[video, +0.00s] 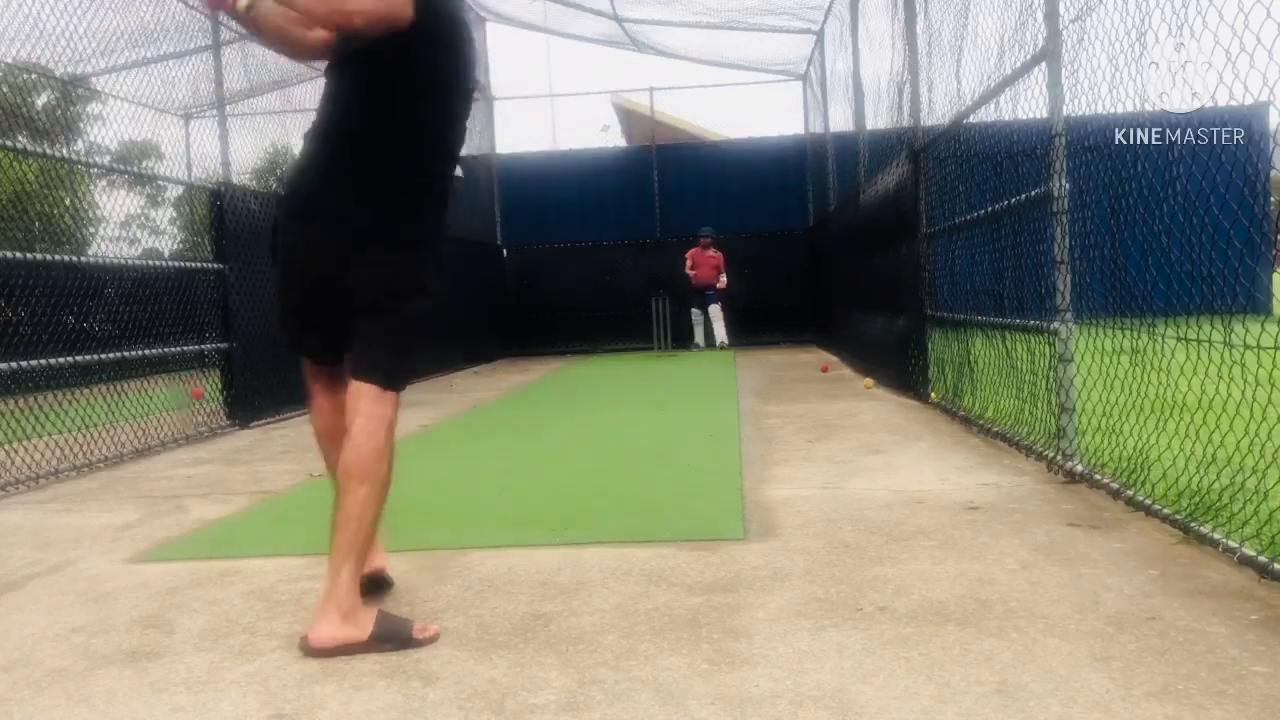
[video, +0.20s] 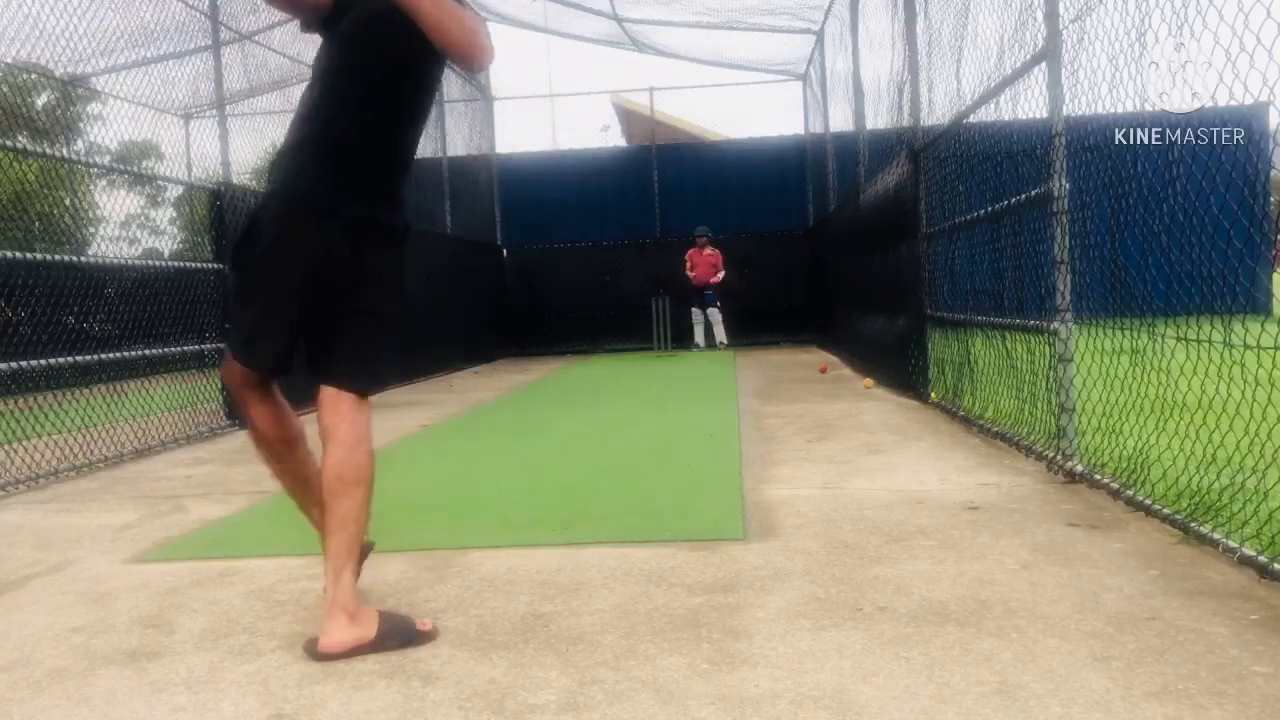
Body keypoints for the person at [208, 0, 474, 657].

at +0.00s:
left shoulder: (389, 7)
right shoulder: (444, 17)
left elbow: (325, 28)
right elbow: (310, 35)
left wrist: (250, 5)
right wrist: (239, 6)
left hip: (314, 214)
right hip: (399, 222)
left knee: (327, 391)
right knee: (372, 400)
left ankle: (366, 554)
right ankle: (339, 613)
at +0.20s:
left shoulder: (427, 8)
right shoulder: (352, 9)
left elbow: (476, 51)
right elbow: (286, 1)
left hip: (306, 211)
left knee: (248, 378)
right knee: (344, 402)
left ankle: (338, 532)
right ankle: (343, 614)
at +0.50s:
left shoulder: (411, 8)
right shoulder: (342, 12)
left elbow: (417, 49)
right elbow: (263, 18)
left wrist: (330, 1)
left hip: (294, 210)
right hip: (357, 218)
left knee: (249, 377)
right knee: (342, 396)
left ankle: (338, 541)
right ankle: (342, 612)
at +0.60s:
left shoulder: (382, 4)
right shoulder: (383, 13)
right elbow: (294, 84)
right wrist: (234, 39)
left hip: (291, 217)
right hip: (364, 223)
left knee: (268, 379)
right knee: (349, 401)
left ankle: (349, 547)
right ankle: (343, 613)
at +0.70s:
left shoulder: (347, 4)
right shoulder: (415, 22)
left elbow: (292, 88)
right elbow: (348, 121)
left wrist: (207, 107)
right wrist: (237, 95)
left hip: (299, 222)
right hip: (382, 223)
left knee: (286, 384)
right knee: (356, 400)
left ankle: (352, 549)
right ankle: (343, 613)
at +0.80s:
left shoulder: (297, 5)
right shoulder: (432, 32)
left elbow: (228, 110)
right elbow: (391, 139)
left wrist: (211, 170)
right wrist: (276, 149)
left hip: (290, 230)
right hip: (381, 234)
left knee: (307, 392)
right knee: (365, 408)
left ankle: (359, 555)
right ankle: (343, 613)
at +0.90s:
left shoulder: (274, 3)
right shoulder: (429, 24)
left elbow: (212, 121)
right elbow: (435, 159)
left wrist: (232, 196)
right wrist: (374, 154)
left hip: (292, 226)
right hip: (380, 233)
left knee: (326, 398)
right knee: (377, 414)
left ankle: (364, 561)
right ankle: (342, 615)